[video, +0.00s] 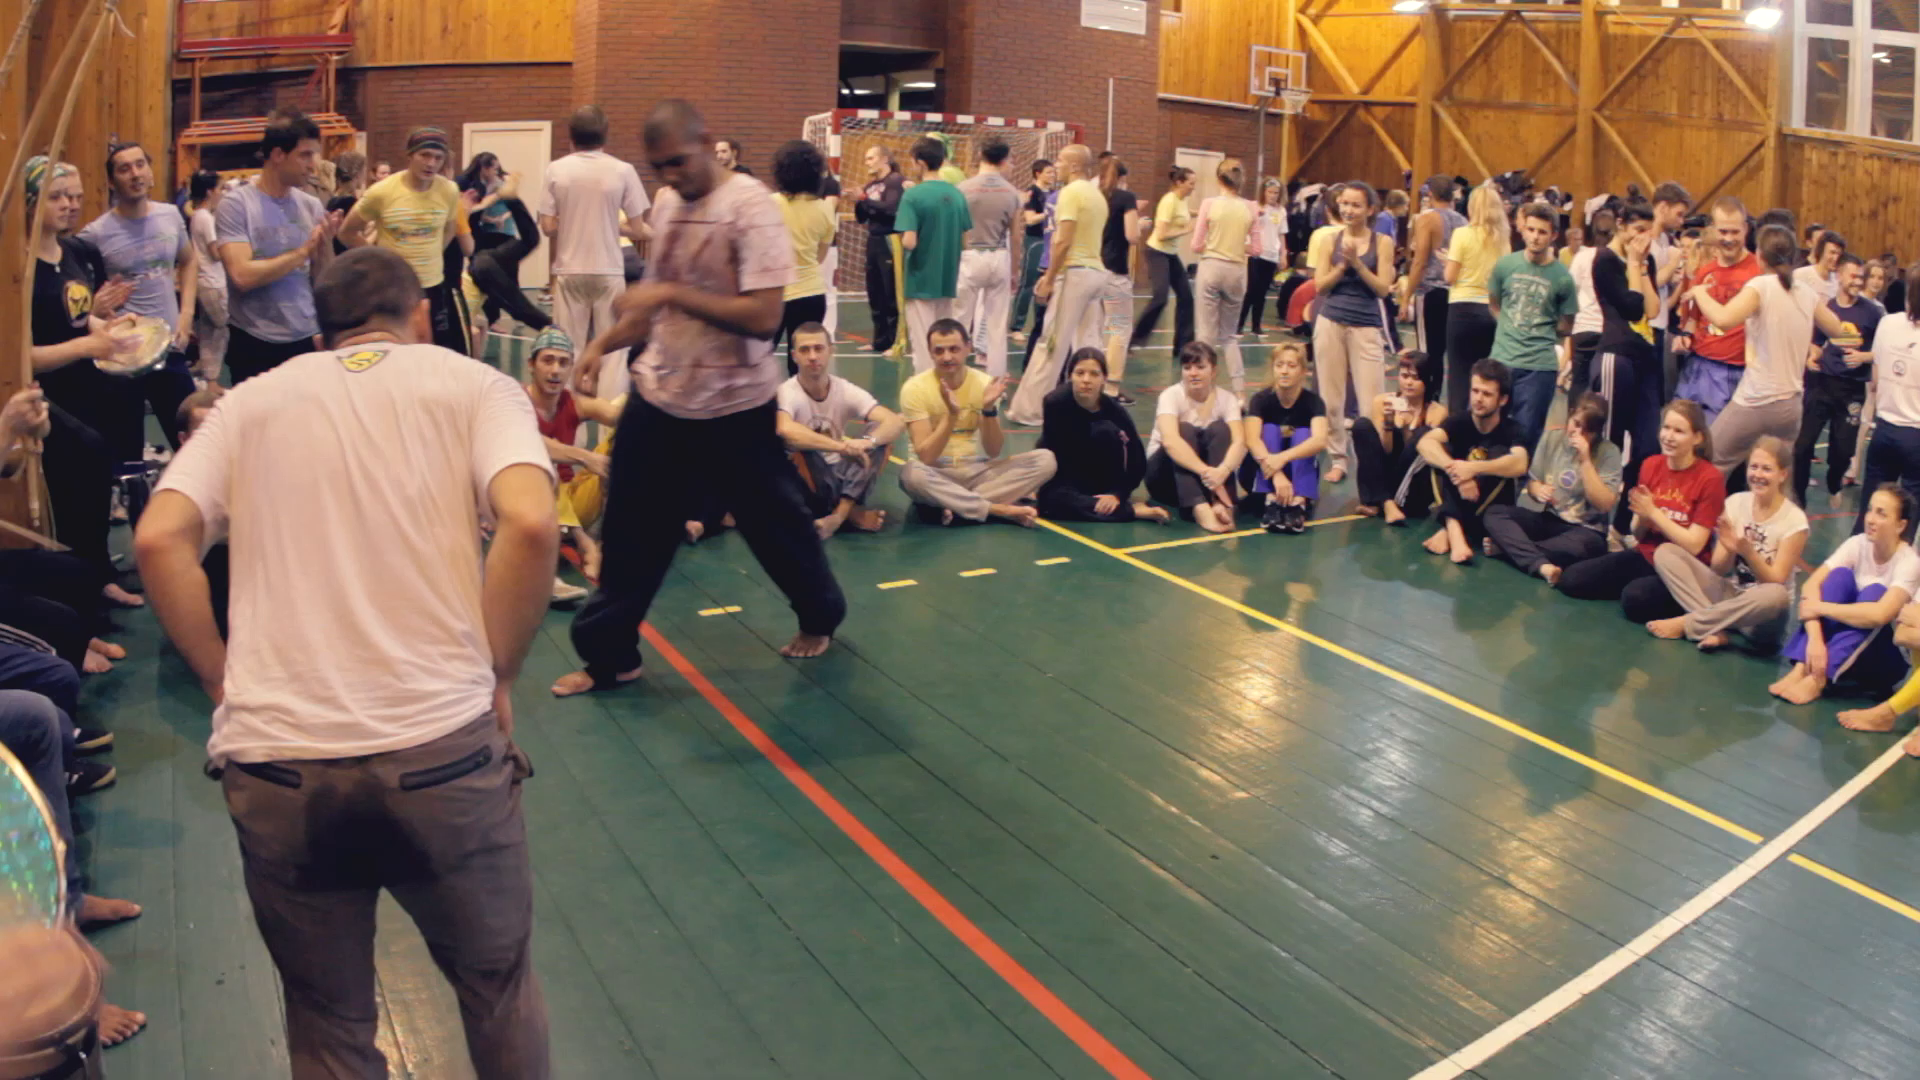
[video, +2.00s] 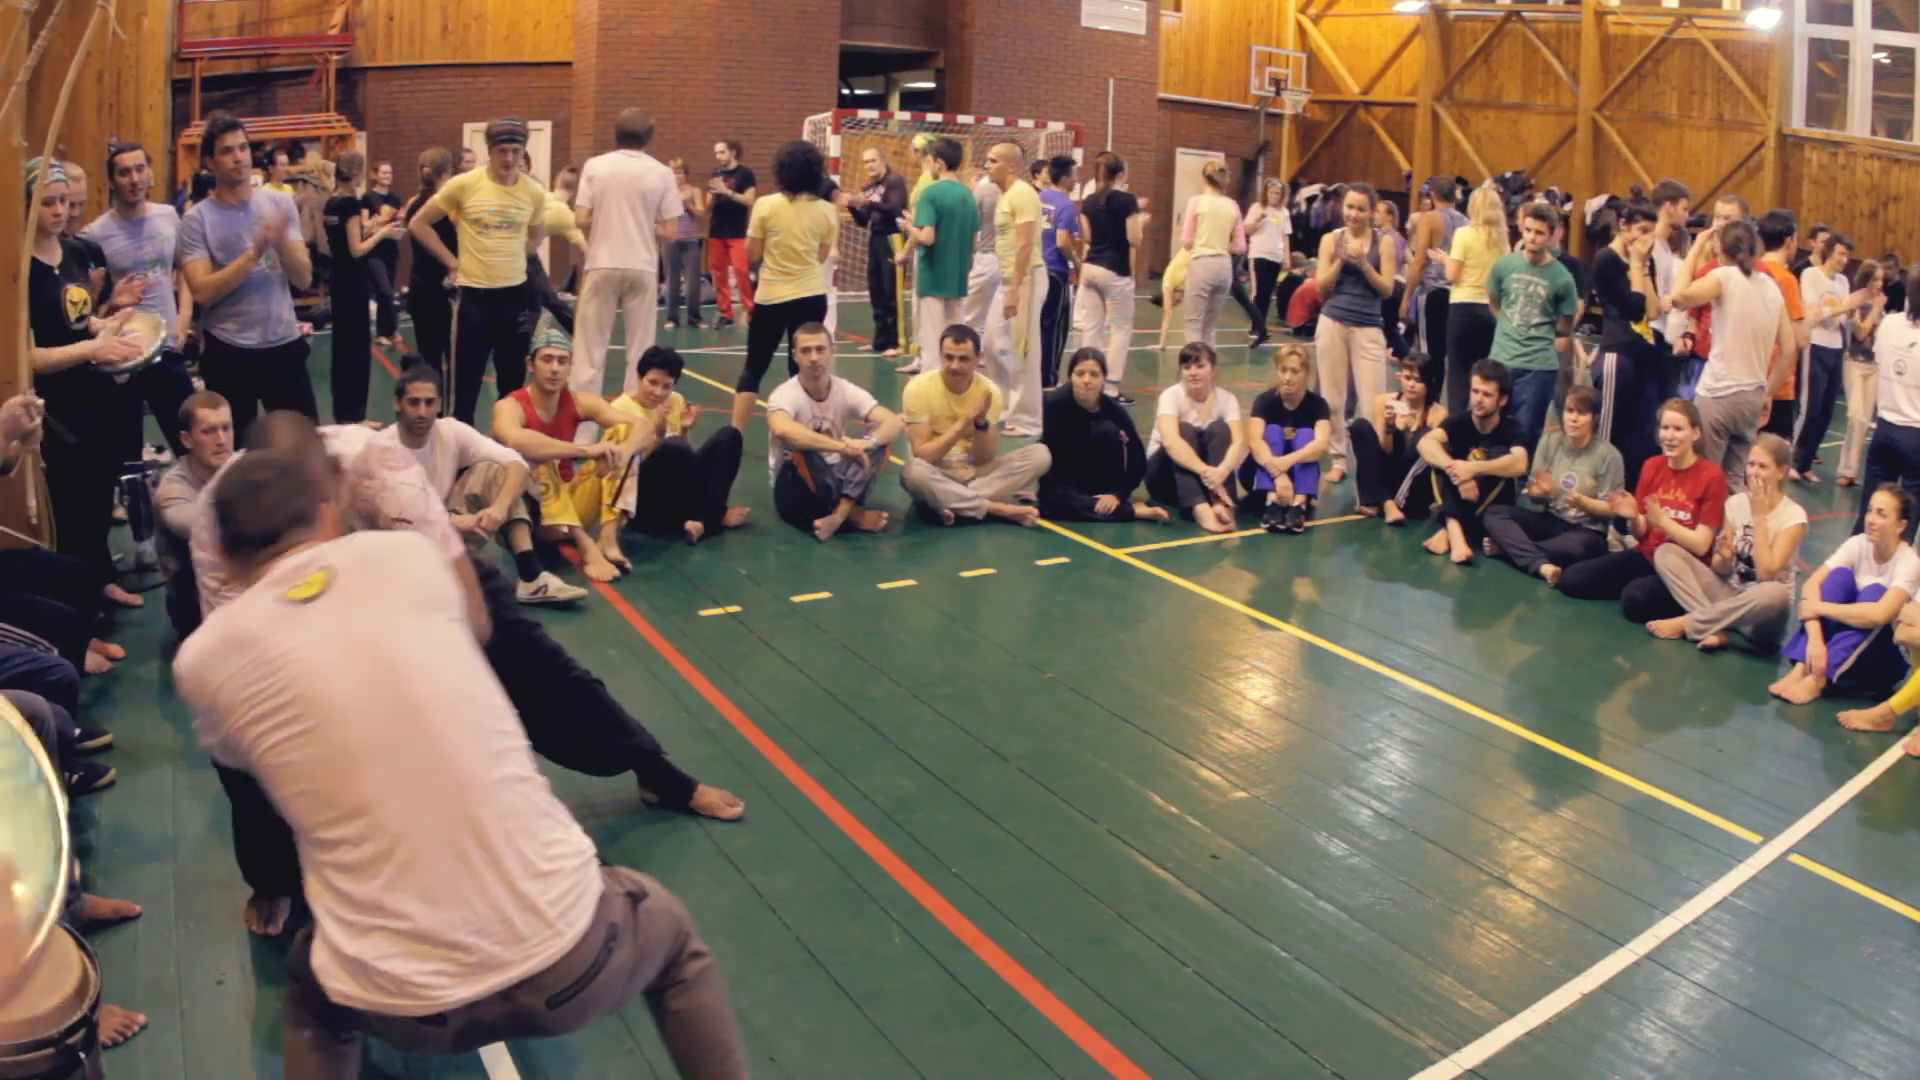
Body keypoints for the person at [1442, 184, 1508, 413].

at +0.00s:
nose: (1468, 209)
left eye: (1470, 205)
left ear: (1472, 207)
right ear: (1498, 208)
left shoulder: (1462, 234)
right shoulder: (1503, 238)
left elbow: (1450, 275)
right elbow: (1505, 274)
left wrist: (1447, 260)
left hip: (1462, 304)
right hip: (1491, 306)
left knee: (1458, 372)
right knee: (1484, 369)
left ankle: (1457, 425)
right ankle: (1483, 426)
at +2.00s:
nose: (1469, 209)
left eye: (1471, 206)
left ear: (1473, 208)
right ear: (1498, 209)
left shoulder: (1464, 233)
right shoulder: (1502, 238)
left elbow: (1453, 274)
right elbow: (1503, 273)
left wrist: (1443, 259)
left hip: (1463, 303)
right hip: (1490, 305)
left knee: (1458, 370)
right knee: (1484, 368)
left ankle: (1456, 424)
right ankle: (1482, 424)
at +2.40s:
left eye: (1469, 205)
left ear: (1472, 207)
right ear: (1494, 207)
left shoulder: (1463, 233)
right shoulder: (1501, 233)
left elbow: (1452, 275)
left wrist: (1447, 260)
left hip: (1462, 300)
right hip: (1489, 300)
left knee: (1458, 364)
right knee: (1477, 361)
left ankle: (1457, 415)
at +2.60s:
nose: (1478, 228)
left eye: (1484, 223)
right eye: (1474, 222)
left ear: (1495, 226)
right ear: (1469, 223)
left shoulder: (1499, 257)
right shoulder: (1463, 254)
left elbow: (1502, 291)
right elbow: (1443, 283)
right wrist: (1460, 257)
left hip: (1486, 320)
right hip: (1462, 319)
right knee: (1456, 373)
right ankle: (1454, 416)